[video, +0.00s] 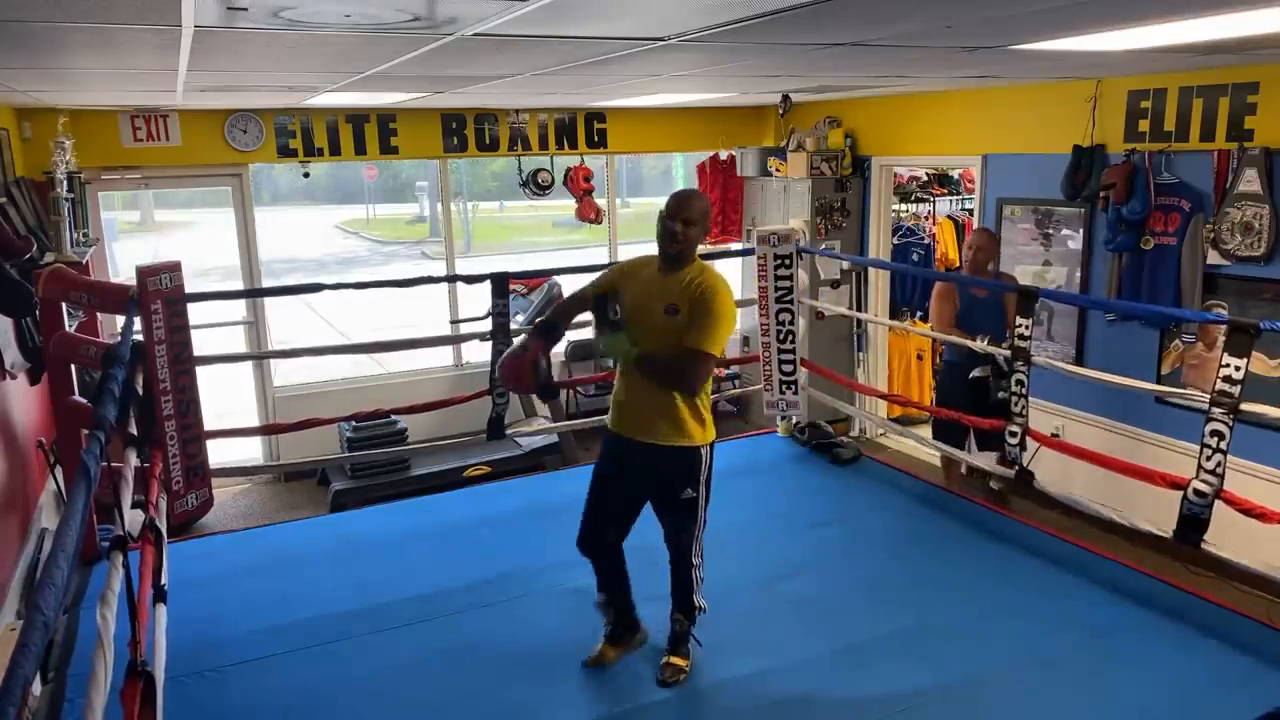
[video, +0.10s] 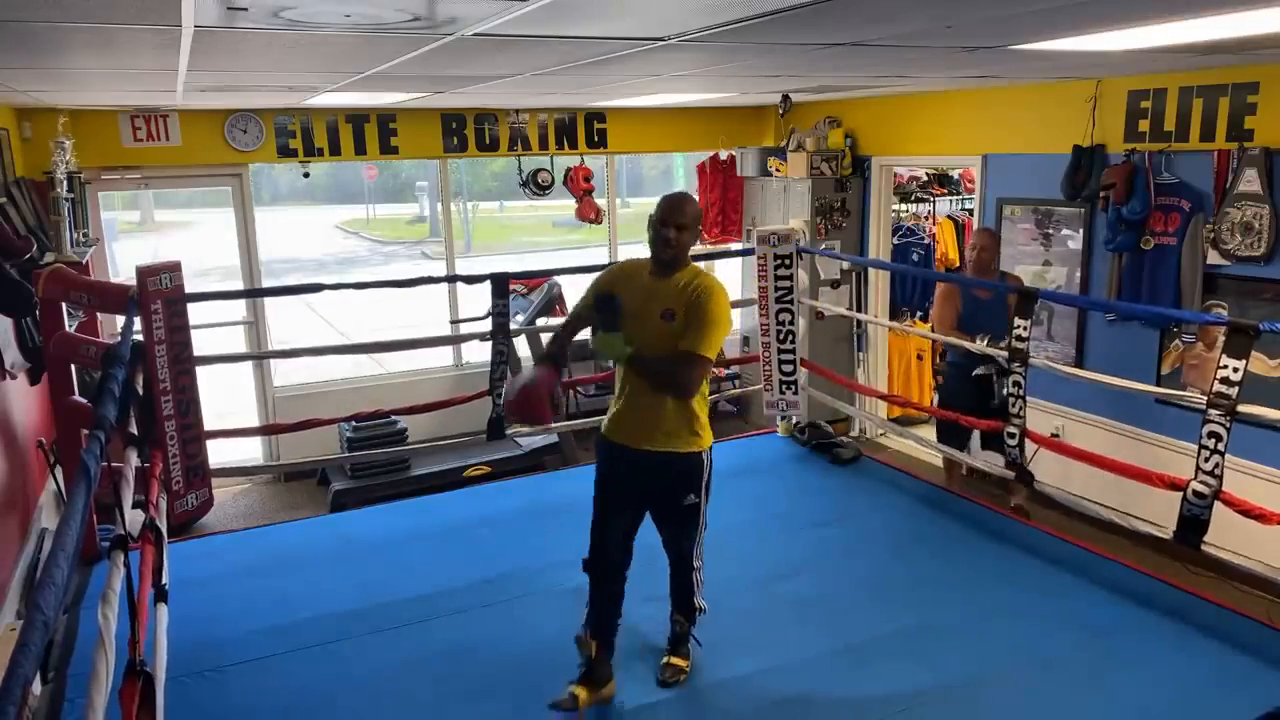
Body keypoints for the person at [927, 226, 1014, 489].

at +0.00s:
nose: (969, 253)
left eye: (978, 249)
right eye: (967, 247)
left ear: (993, 255)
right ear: (962, 248)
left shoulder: (1006, 284)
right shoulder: (948, 284)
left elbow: (1012, 328)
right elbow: (941, 329)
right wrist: (979, 344)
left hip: (993, 372)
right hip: (957, 371)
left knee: (989, 438)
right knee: (951, 438)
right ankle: (951, 493)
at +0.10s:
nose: (973, 254)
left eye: (981, 250)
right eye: (970, 248)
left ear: (996, 255)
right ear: (965, 250)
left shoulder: (1011, 285)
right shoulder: (951, 285)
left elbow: (1022, 326)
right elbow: (942, 330)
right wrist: (978, 344)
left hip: (999, 373)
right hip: (961, 371)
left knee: (1009, 435)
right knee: (954, 438)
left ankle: (1017, 499)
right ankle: (953, 497)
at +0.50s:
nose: (1014, 265)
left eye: (1019, 258)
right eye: (1007, 258)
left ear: (1025, 258)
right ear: (993, 258)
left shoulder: (1040, 291)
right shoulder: (974, 291)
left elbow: (1053, 340)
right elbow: (953, 333)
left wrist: (1048, 358)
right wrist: (969, 352)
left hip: (1024, 384)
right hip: (982, 381)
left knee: (1027, 450)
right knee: (968, 445)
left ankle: (1021, 514)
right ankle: (956, 498)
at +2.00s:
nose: (1010, 256)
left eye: (1016, 250)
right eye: (1005, 251)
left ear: (1031, 253)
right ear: (999, 255)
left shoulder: (1051, 289)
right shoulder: (990, 287)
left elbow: (1061, 331)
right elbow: (976, 332)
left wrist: (1065, 359)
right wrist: (1013, 346)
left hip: (1036, 380)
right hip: (994, 377)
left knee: (1031, 449)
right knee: (981, 445)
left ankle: (1022, 513)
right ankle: (972, 508)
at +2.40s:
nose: (1011, 254)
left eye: (1017, 248)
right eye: (1006, 249)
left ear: (1029, 252)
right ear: (1000, 254)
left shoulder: (1048, 287)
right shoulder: (994, 287)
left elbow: (1064, 331)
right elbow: (980, 332)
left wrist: (1061, 359)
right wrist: (1002, 343)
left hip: (1036, 373)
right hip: (996, 370)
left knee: (1031, 432)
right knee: (993, 427)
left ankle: (1025, 498)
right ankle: (987, 495)